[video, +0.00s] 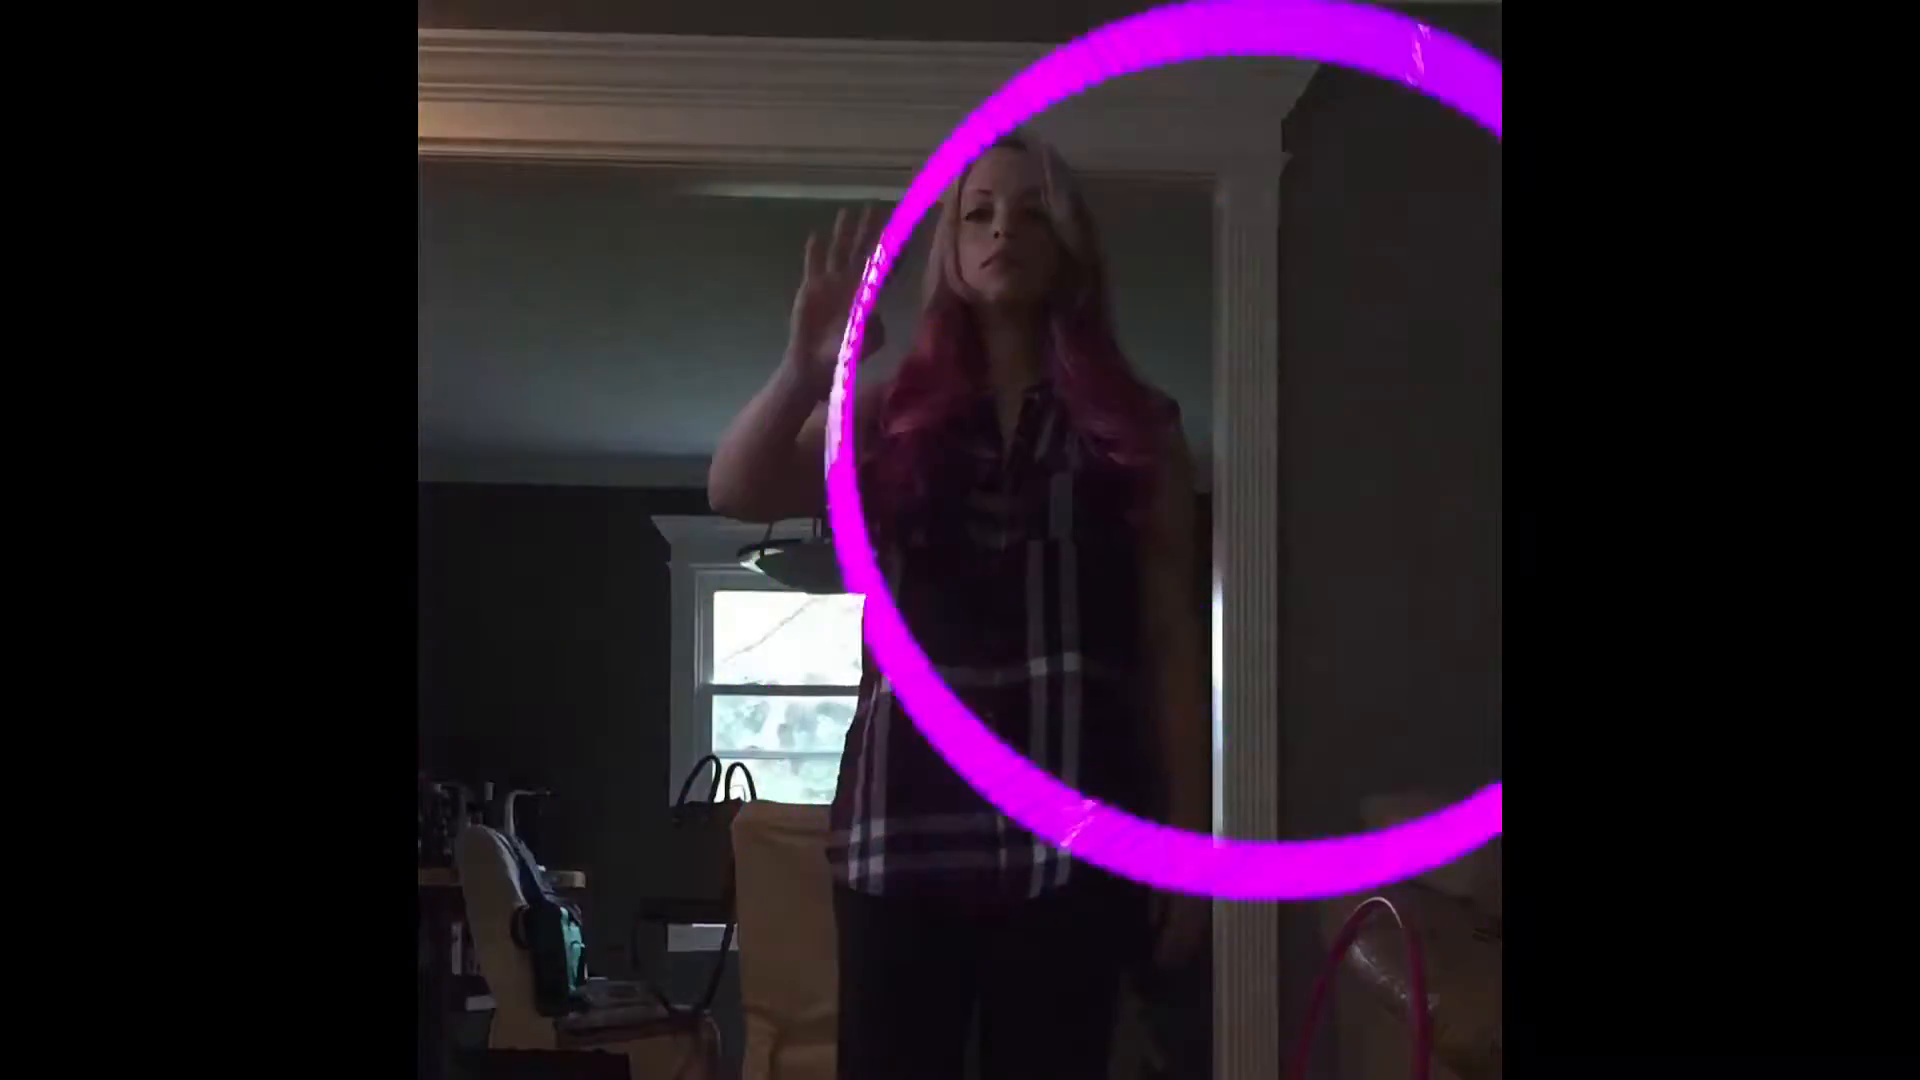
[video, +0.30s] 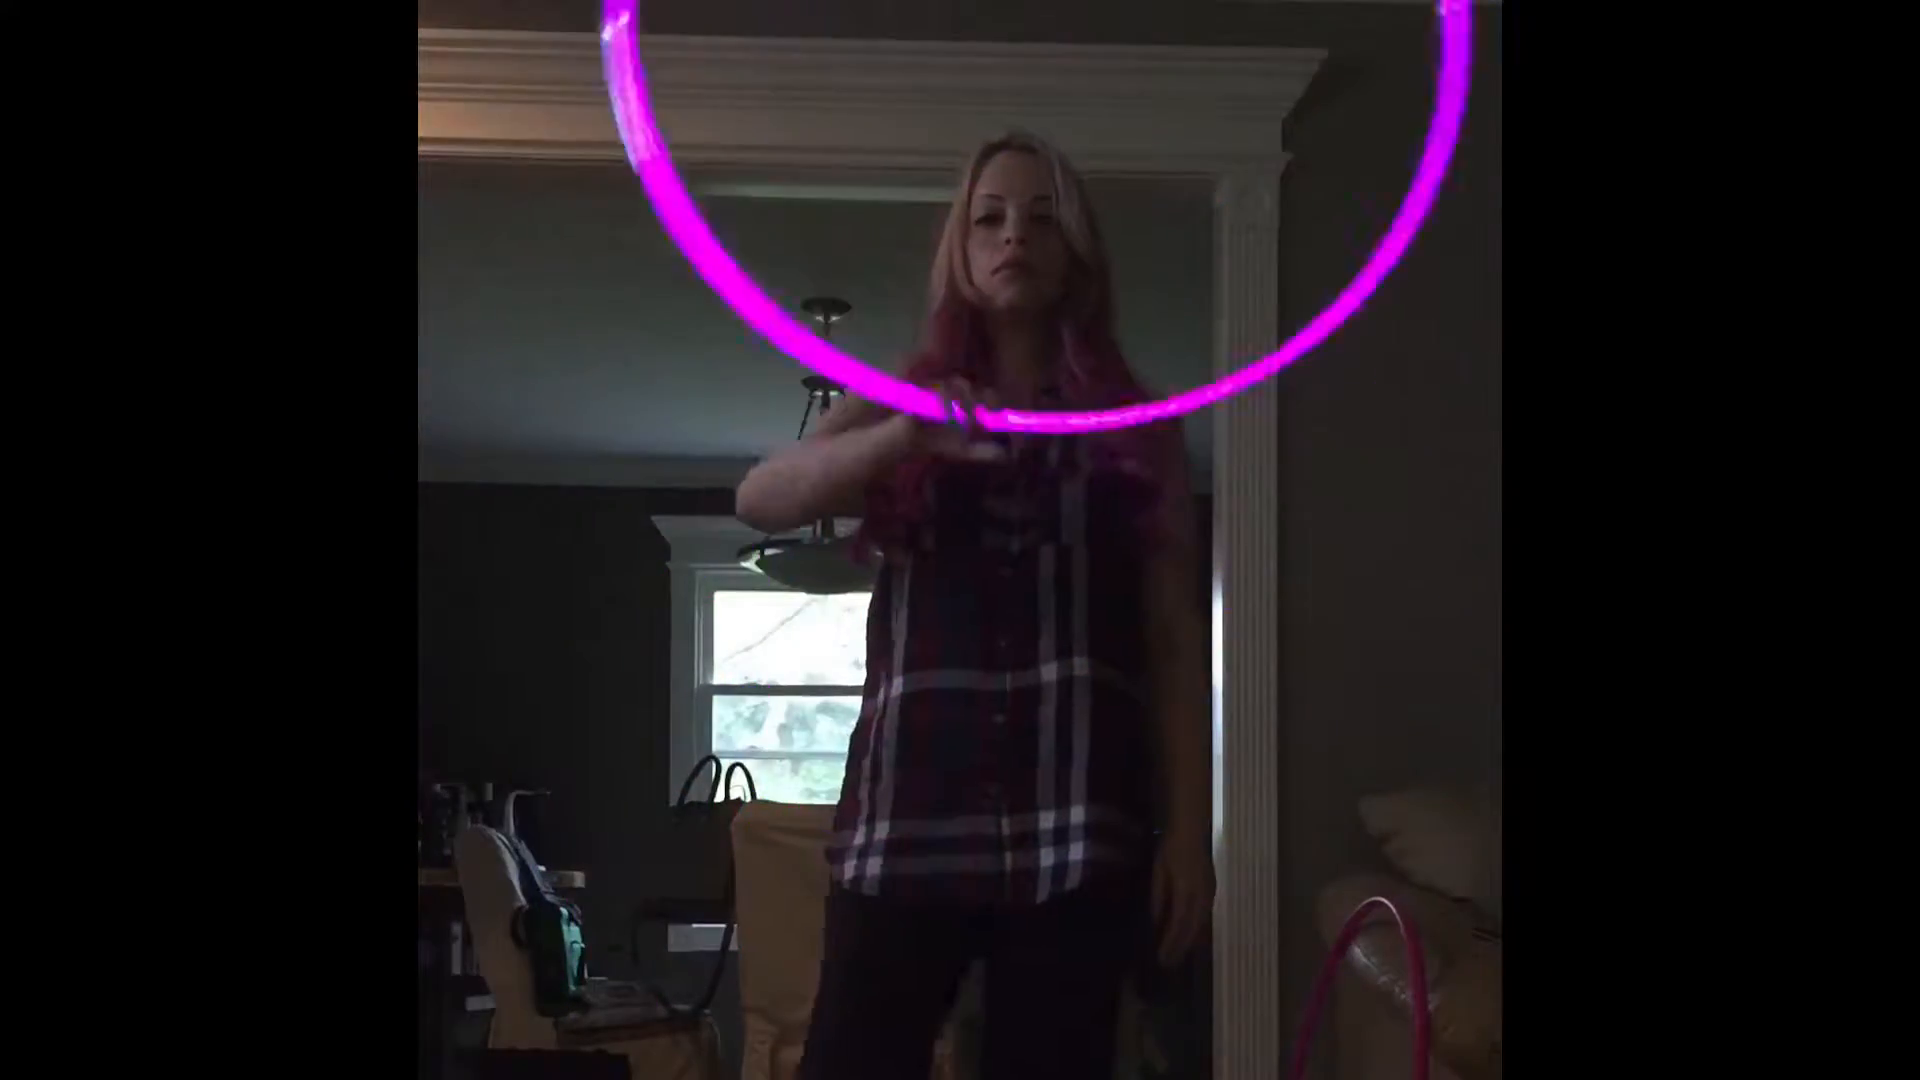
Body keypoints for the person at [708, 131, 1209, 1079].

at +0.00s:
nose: (1004, 229)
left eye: (1031, 209)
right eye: (980, 214)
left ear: (1072, 244)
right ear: (950, 250)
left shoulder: (1134, 422)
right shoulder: (896, 407)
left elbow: (1173, 643)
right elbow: (738, 491)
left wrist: (1187, 840)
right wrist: (803, 368)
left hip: (1082, 850)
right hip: (907, 850)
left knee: (1053, 1070)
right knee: (893, 1067)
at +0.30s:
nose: (1015, 235)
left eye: (1041, 214)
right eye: (991, 216)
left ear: (1078, 245)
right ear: (956, 248)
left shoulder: (1135, 419)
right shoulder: (903, 396)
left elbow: (1176, 636)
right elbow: (761, 499)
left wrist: (1189, 829)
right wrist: (896, 436)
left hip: (1081, 829)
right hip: (908, 825)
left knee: (1054, 1068)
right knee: (852, 1065)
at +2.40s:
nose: (1037, 262)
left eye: (1056, 239)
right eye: (1043, 239)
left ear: (1116, 248)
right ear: (1159, 256)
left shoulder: (1115, 356)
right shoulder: (1199, 387)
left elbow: (876, 247)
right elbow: (1271, 601)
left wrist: (692, 128)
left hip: (1135, 845)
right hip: (1198, 840)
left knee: (1046, 1060)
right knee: (1155, 1062)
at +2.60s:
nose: (1091, 275)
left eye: (1110, 252)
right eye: (1096, 251)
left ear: (1174, 255)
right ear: (1221, 257)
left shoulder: (1172, 367)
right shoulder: (1263, 390)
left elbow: (913, 377)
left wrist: (659, 359)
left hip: (1192, 853)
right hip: (1267, 850)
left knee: (1081, 1051)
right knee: (1195, 1062)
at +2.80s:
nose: (1109, 259)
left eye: (1130, 236)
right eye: (1118, 234)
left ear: (1193, 248)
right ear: (1246, 250)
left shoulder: (1151, 359)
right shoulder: (1312, 393)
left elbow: (928, 469)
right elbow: (1349, 611)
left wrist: (740, 533)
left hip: (1176, 826)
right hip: (1296, 832)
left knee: (1134, 1052)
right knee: (1208, 1054)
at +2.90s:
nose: (1102, 253)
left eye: (1119, 227)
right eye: (1107, 227)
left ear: (1183, 234)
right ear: (1249, 242)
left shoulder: (1126, 353)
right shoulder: (1311, 383)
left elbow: (921, 466)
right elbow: (1346, 628)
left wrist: (761, 525)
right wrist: (1344, 855)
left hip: (1161, 818)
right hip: (1297, 821)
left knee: (1135, 1057)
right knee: (1192, 1058)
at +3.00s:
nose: (1084, 248)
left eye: (1102, 223)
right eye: (1090, 224)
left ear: (1161, 230)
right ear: (1240, 235)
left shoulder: (1099, 350)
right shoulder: (1304, 382)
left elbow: (899, 449)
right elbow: (1346, 626)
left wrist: (750, 494)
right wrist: (1343, 866)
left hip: (1156, 814)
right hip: (1302, 813)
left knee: (1121, 1052)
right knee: (1186, 1046)